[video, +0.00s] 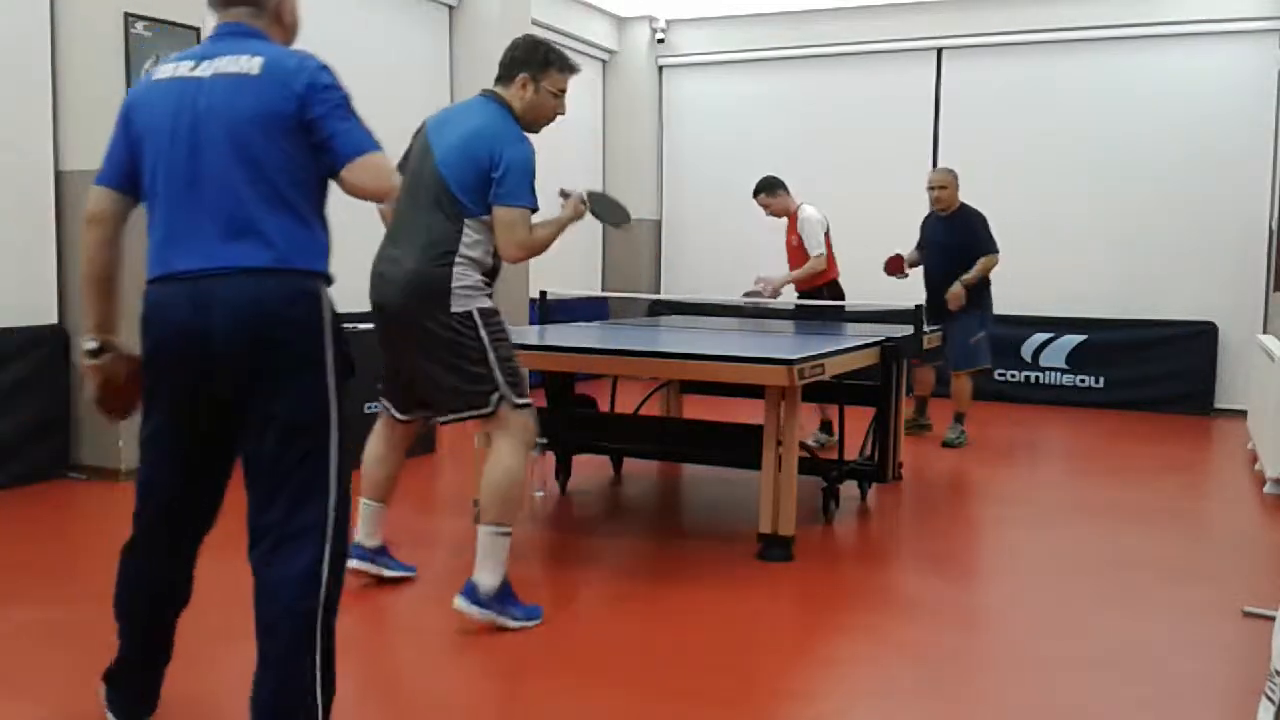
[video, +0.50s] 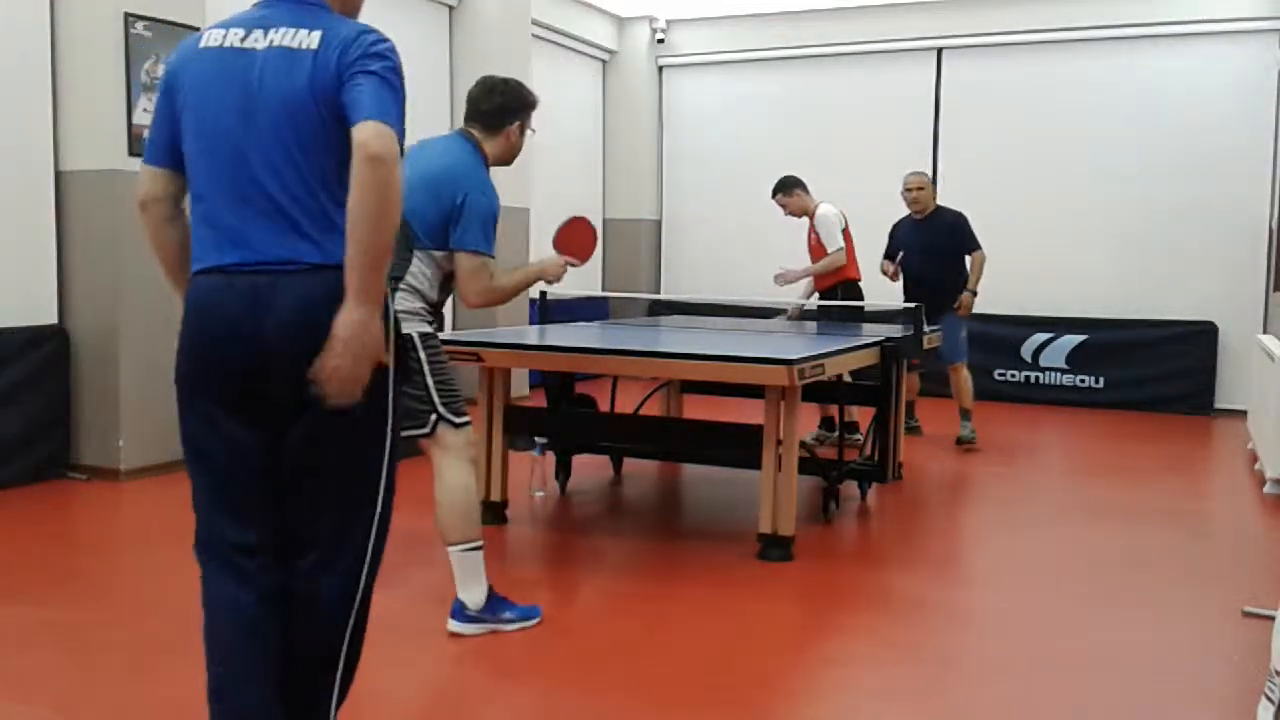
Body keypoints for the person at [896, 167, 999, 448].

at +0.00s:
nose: (936, 194)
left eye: (942, 188)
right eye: (931, 189)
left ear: (956, 189)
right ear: (927, 191)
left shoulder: (973, 219)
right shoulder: (929, 221)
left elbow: (990, 257)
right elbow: (922, 252)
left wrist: (963, 284)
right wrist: (904, 262)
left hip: (967, 307)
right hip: (935, 306)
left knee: (960, 366)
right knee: (922, 359)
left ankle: (958, 425)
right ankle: (920, 416)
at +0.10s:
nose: (929, 195)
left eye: (935, 189)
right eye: (924, 190)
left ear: (948, 191)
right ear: (920, 193)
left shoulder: (966, 220)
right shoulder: (921, 224)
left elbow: (986, 256)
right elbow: (913, 256)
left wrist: (970, 292)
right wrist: (897, 267)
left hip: (959, 309)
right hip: (928, 308)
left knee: (956, 368)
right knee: (916, 363)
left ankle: (957, 425)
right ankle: (910, 418)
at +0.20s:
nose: (923, 196)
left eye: (929, 190)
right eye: (918, 191)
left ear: (941, 192)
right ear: (912, 194)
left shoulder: (959, 221)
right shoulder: (910, 227)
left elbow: (981, 257)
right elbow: (902, 264)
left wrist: (971, 294)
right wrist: (893, 266)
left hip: (954, 310)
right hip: (921, 310)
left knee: (953, 369)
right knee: (910, 363)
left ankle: (956, 423)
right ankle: (909, 419)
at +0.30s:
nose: (916, 195)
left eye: (922, 189)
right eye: (911, 190)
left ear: (934, 192)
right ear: (905, 194)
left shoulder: (955, 220)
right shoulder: (903, 228)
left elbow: (978, 256)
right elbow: (891, 261)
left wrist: (970, 293)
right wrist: (891, 267)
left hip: (950, 306)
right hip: (916, 306)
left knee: (952, 363)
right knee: (910, 363)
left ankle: (956, 421)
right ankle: (909, 418)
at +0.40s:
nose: (913, 195)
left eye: (920, 189)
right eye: (908, 190)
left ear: (933, 192)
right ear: (902, 195)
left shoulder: (953, 219)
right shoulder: (900, 228)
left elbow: (977, 254)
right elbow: (886, 260)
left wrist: (969, 291)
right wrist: (889, 269)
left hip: (949, 305)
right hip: (914, 306)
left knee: (953, 362)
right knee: (909, 363)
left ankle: (959, 420)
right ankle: (909, 417)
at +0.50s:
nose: (913, 195)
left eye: (920, 189)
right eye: (908, 190)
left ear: (933, 192)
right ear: (902, 195)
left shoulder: (954, 220)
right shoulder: (900, 228)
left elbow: (978, 255)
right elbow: (887, 261)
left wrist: (970, 291)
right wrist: (890, 269)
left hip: (950, 306)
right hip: (914, 307)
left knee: (956, 364)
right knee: (909, 363)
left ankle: (966, 424)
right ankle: (909, 418)